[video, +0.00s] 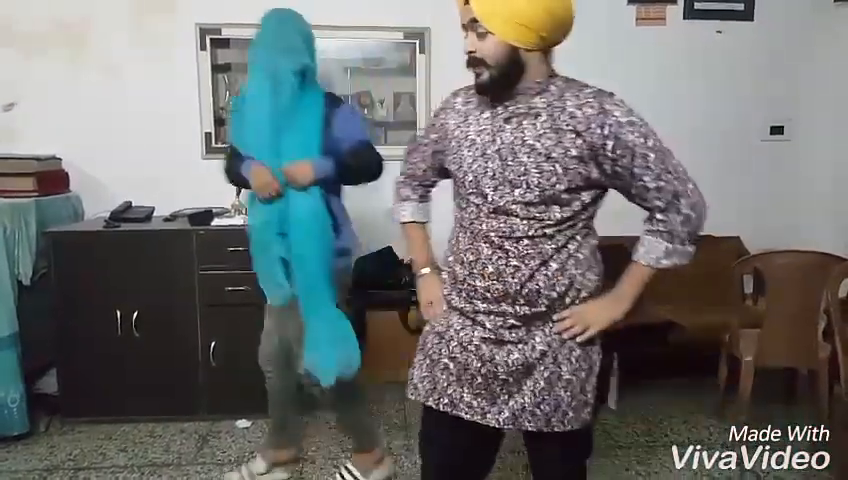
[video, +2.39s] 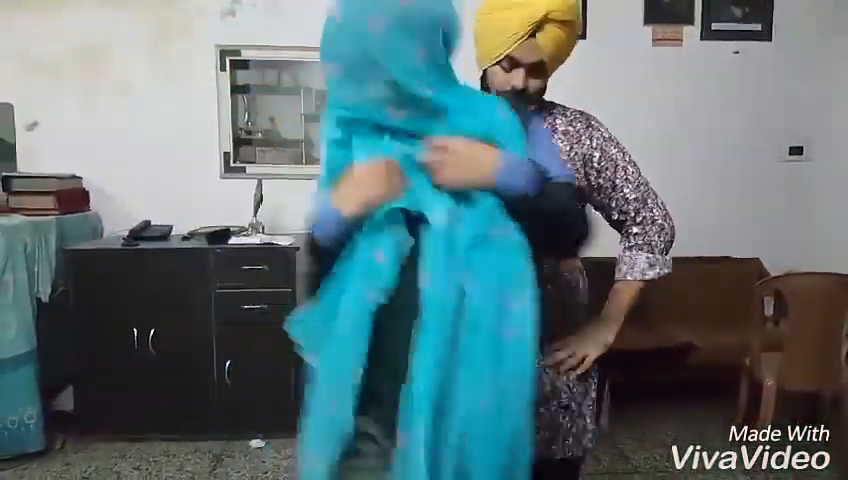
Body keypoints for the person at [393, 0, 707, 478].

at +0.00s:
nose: (467, 47)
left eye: (480, 32)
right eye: (465, 32)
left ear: (528, 35)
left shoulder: (595, 116)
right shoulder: (457, 112)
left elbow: (681, 207)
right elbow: (410, 183)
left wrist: (619, 299)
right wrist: (424, 271)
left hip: (556, 348)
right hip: (463, 341)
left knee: (559, 472)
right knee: (443, 470)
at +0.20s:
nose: (477, 44)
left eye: (487, 29)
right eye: (478, 30)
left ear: (533, 33)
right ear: (525, 34)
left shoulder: (605, 114)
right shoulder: (489, 109)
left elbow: (690, 219)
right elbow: (457, 178)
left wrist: (623, 310)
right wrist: (447, 246)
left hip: (564, 347)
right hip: (476, 337)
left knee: (566, 472)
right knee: (463, 471)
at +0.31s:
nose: (475, 47)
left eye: (483, 32)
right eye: (477, 32)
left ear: (526, 33)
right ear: (521, 35)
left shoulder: (598, 115)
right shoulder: (498, 108)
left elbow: (680, 222)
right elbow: (473, 167)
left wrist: (616, 314)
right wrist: (451, 191)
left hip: (563, 349)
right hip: (480, 339)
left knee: (566, 471)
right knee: (470, 470)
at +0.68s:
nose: (451, 91)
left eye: (454, 78)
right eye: (451, 80)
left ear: (483, 78)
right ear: (500, 79)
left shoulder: (561, 150)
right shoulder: (472, 155)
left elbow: (625, 264)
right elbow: (426, 226)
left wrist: (576, 369)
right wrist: (439, 157)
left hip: (541, 393)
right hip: (463, 382)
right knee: (452, 472)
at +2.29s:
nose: (514, 88)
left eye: (530, 74)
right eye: (502, 70)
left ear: (546, 70)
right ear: (478, 61)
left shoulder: (571, 134)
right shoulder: (440, 132)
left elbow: (650, 224)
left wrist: (603, 322)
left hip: (549, 370)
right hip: (455, 364)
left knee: (555, 471)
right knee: (458, 470)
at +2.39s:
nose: (519, 82)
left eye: (536, 70)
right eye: (508, 65)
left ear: (552, 69)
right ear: (483, 58)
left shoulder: (572, 133)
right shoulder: (450, 127)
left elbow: (650, 224)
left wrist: (606, 324)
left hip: (553, 314)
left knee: (553, 455)